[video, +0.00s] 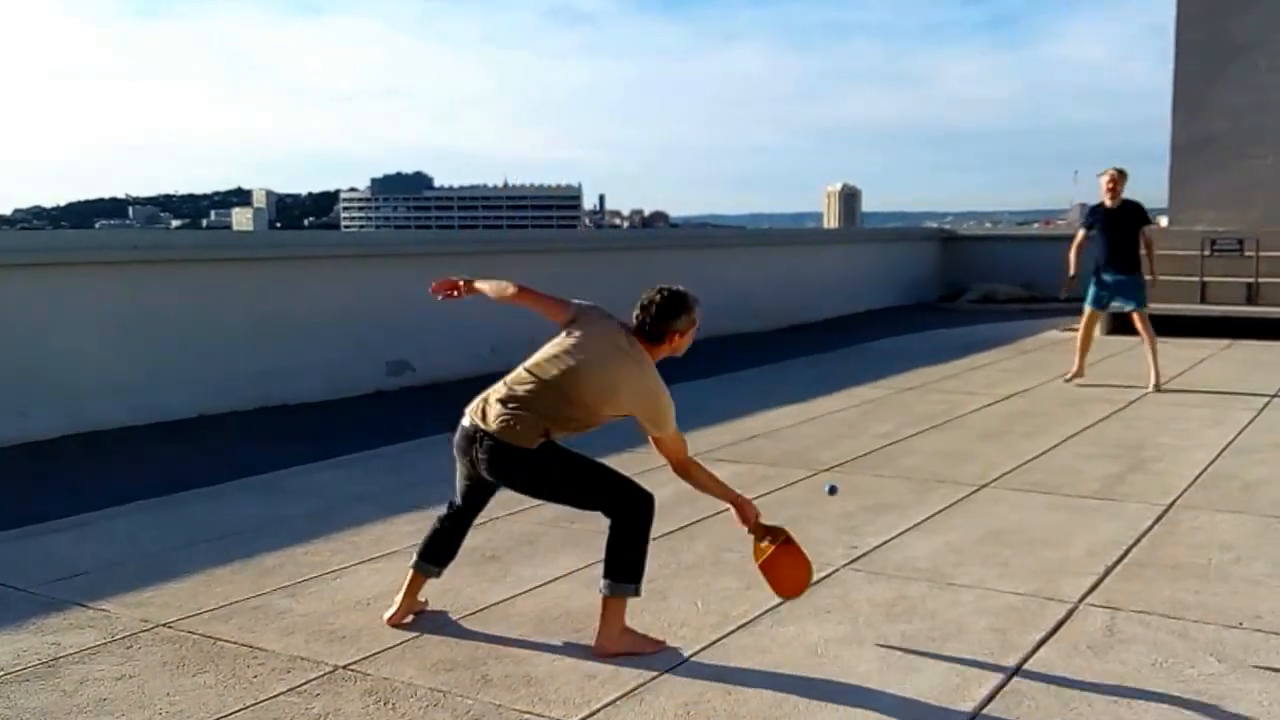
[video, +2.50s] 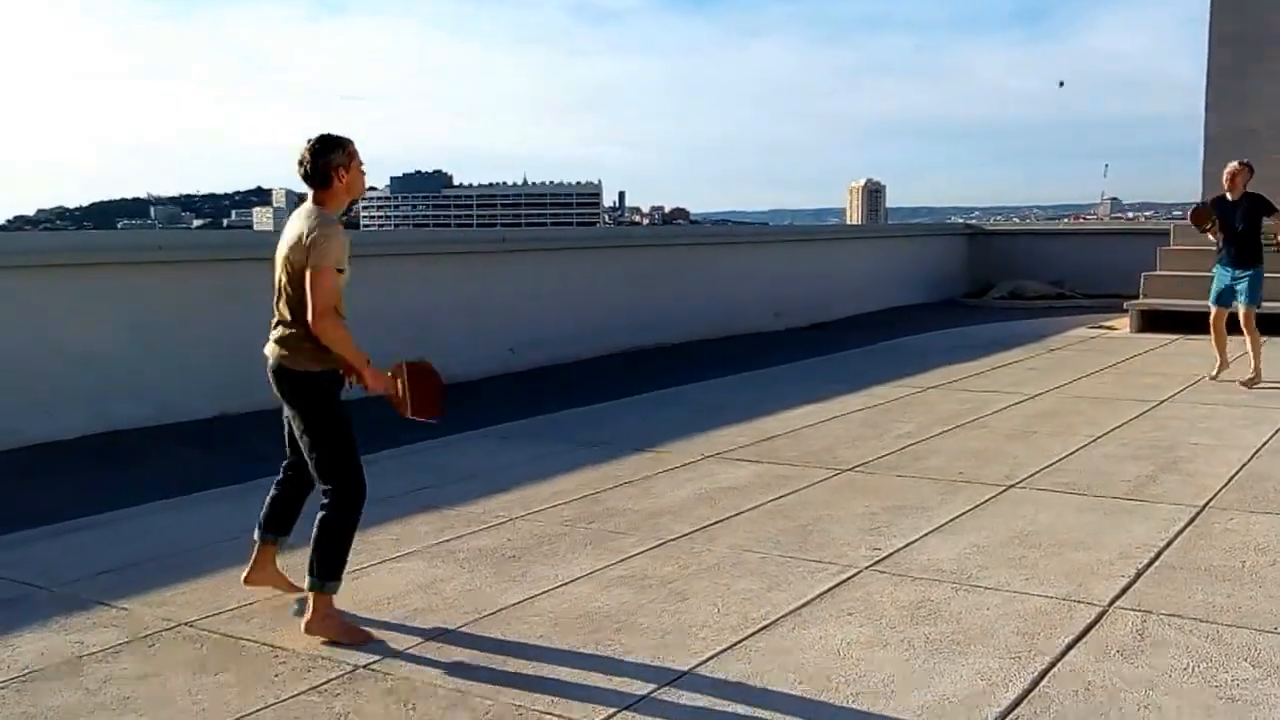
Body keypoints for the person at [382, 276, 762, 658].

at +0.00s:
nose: (689, 343)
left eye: (691, 335)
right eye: (690, 336)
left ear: (639, 319)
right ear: (673, 338)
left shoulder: (591, 319)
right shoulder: (648, 386)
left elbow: (513, 291)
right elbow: (683, 463)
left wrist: (468, 285)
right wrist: (737, 500)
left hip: (470, 431)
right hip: (513, 451)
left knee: (464, 506)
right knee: (634, 504)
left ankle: (403, 604)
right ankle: (613, 632)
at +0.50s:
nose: (710, 239)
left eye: (708, 230)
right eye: (709, 231)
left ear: (658, 230)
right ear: (702, 237)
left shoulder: (611, 262)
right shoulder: (695, 305)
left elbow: (540, 300)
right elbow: (714, 397)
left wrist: (510, 356)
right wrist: (746, 406)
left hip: (542, 392)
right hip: (594, 412)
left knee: (526, 497)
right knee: (663, 512)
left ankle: (463, 603)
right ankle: (619, 635)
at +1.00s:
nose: (626, 203)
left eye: (624, 195)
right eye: (624, 196)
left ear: (576, 205)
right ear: (614, 203)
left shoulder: (556, 247)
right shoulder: (608, 261)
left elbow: (561, 337)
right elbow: (602, 359)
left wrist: (625, 370)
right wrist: (632, 416)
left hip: (509, 391)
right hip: (552, 406)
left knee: (484, 496)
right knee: (624, 512)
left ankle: (426, 590)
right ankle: (598, 646)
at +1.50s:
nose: (485, 221)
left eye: (483, 213)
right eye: (481, 214)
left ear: (451, 225)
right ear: (459, 225)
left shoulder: (442, 251)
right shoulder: (412, 279)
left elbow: (462, 254)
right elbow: (419, 364)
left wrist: (496, 266)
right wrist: (450, 403)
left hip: (416, 391)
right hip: (400, 397)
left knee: (424, 498)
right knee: (460, 497)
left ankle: (376, 607)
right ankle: (461, 630)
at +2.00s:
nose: (391, 189)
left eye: (387, 181)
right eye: (386, 182)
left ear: (345, 194)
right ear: (371, 190)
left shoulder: (308, 243)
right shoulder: (387, 235)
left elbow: (267, 309)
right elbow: (433, 276)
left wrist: (235, 368)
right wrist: (438, 258)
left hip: (317, 386)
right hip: (356, 394)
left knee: (336, 486)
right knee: (362, 515)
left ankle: (296, 581)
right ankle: (301, 626)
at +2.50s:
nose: (364, 175)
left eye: (361, 166)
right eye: (360, 167)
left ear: (323, 176)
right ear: (341, 176)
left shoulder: (303, 221)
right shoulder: (324, 231)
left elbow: (307, 314)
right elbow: (321, 320)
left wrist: (350, 363)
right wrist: (366, 368)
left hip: (289, 366)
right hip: (308, 372)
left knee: (300, 470)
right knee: (346, 487)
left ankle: (262, 563)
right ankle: (320, 610)